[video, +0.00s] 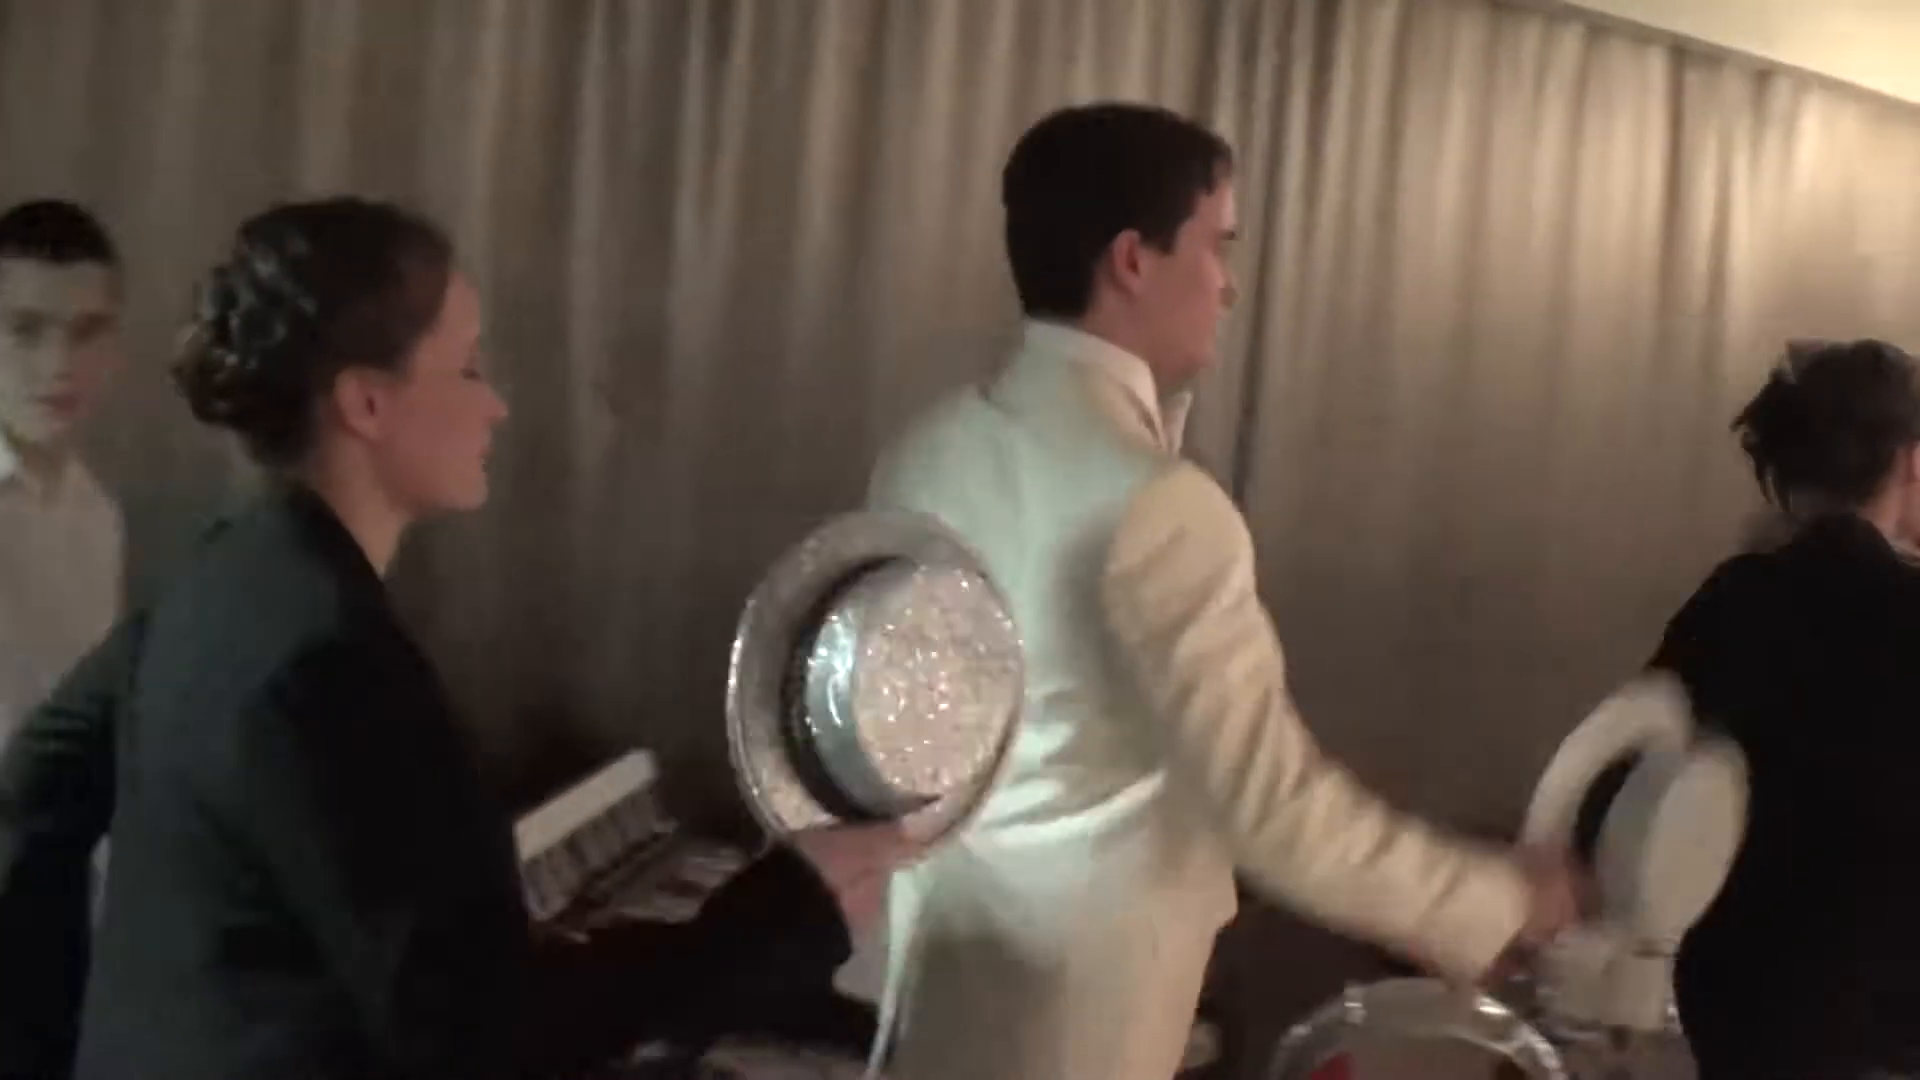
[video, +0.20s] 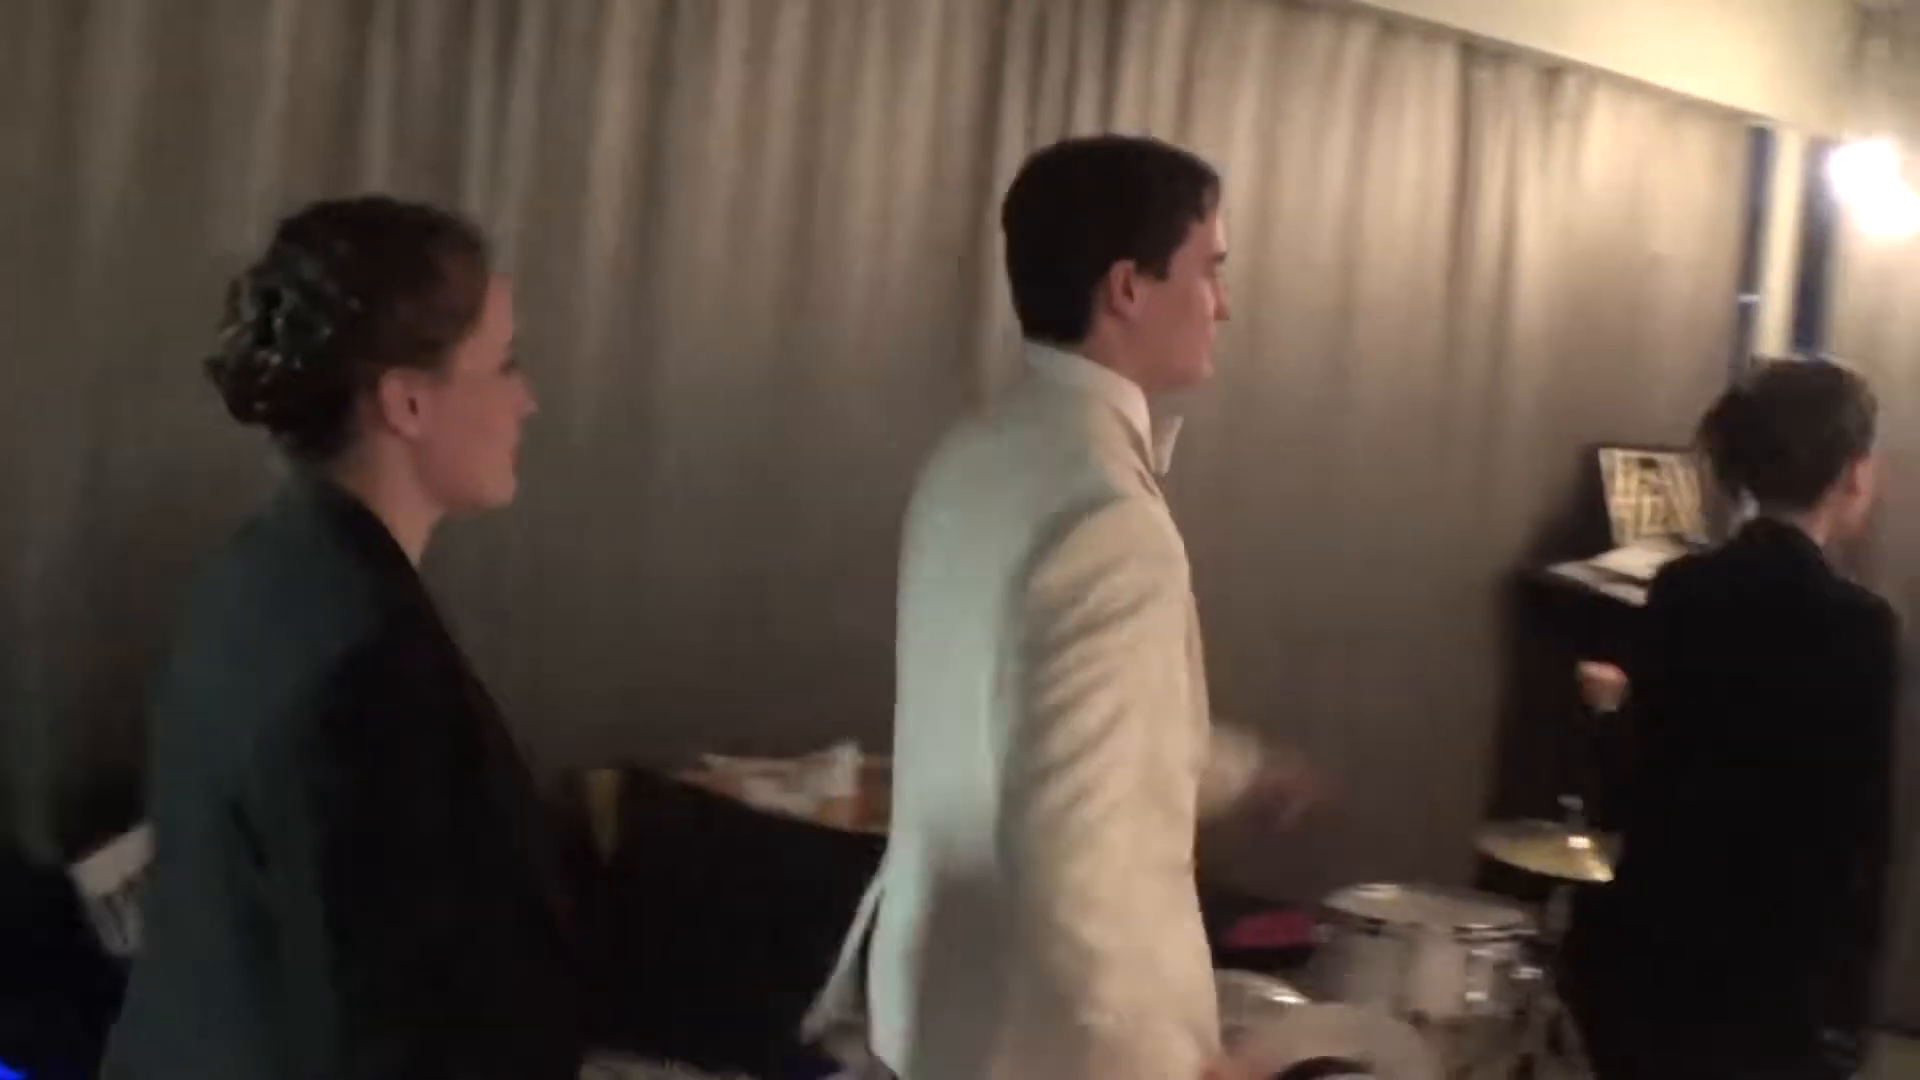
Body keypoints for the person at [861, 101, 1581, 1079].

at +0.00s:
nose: (1229, 283)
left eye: (1227, 249)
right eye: (1217, 247)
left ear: (1120, 266)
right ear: (1133, 263)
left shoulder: (924, 452)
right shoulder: (1153, 505)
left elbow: (874, 721)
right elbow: (1272, 800)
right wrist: (1502, 902)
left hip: (938, 958)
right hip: (1088, 993)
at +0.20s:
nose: (1225, 302)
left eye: (1220, 269)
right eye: (1210, 269)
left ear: (1114, 294)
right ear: (1127, 291)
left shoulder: (970, 459)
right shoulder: (1108, 515)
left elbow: (1018, 710)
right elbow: (1086, 846)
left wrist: (1232, 778)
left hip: (927, 1001)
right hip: (1042, 1034)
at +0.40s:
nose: (1279, 305)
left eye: (1276, 276)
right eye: (1263, 275)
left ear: (1164, 298)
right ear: (1178, 294)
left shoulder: (1047, 419)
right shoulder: (1183, 495)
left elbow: (1144, 597)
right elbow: (1084, 773)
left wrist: (1359, 579)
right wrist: (1135, 1011)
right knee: (1355, 1040)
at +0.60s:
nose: (1307, 364)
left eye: (1308, 330)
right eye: (1297, 329)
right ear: (1218, 337)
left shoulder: (1036, 492)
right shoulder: (1248, 546)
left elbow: (1084, 694)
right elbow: (1274, 811)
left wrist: (1271, 679)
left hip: (1040, 968)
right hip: (1184, 1002)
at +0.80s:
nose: (1322, 337)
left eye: (1325, 311)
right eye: (1318, 309)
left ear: (1173, 297)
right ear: (1260, 307)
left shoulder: (1036, 455)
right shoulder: (1312, 484)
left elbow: (915, 641)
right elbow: (1452, 677)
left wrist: (889, 814)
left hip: (1039, 902)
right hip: (1227, 925)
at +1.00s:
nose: (1301, 355)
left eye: (1305, 330)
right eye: (1301, 329)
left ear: (1166, 310)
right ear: (1251, 329)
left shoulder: (1045, 463)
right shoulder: (1285, 505)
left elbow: (960, 664)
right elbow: (1369, 712)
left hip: (1059, 911)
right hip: (1205, 944)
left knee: (1089, 1066)